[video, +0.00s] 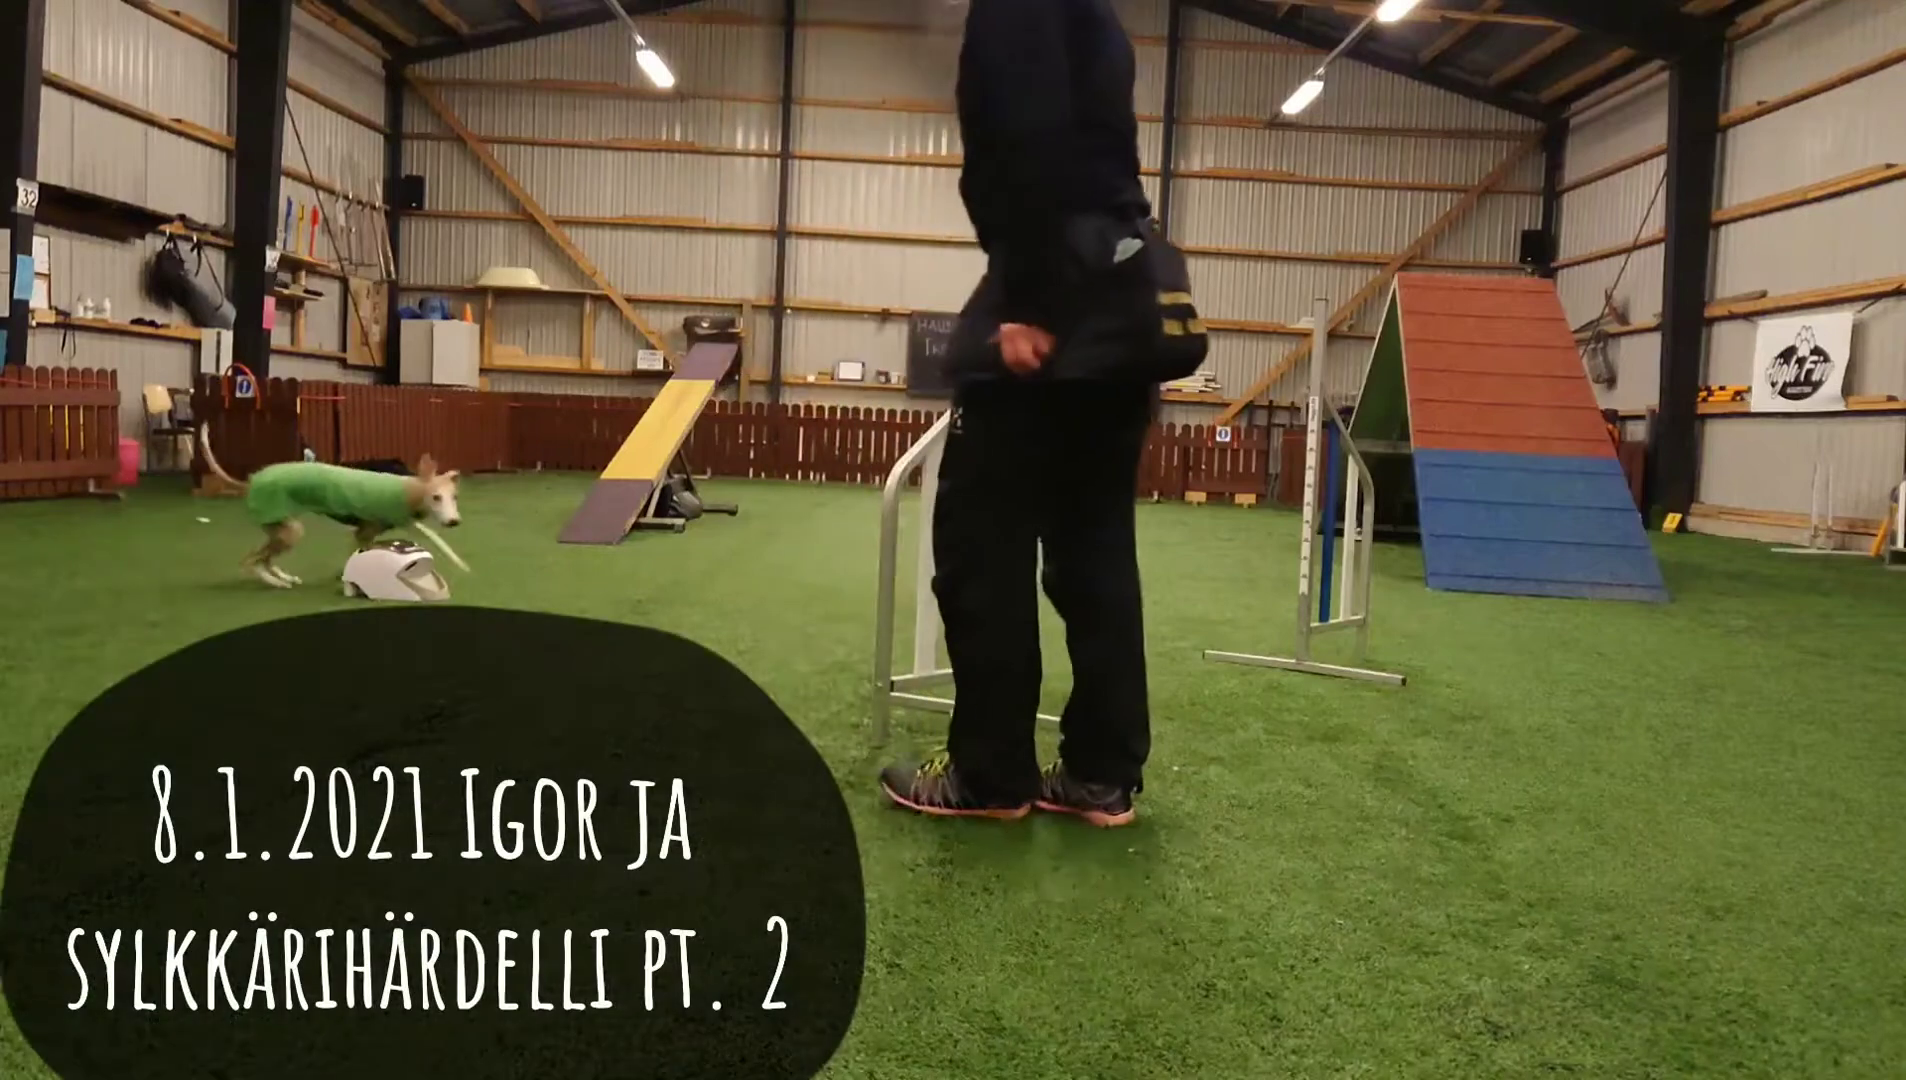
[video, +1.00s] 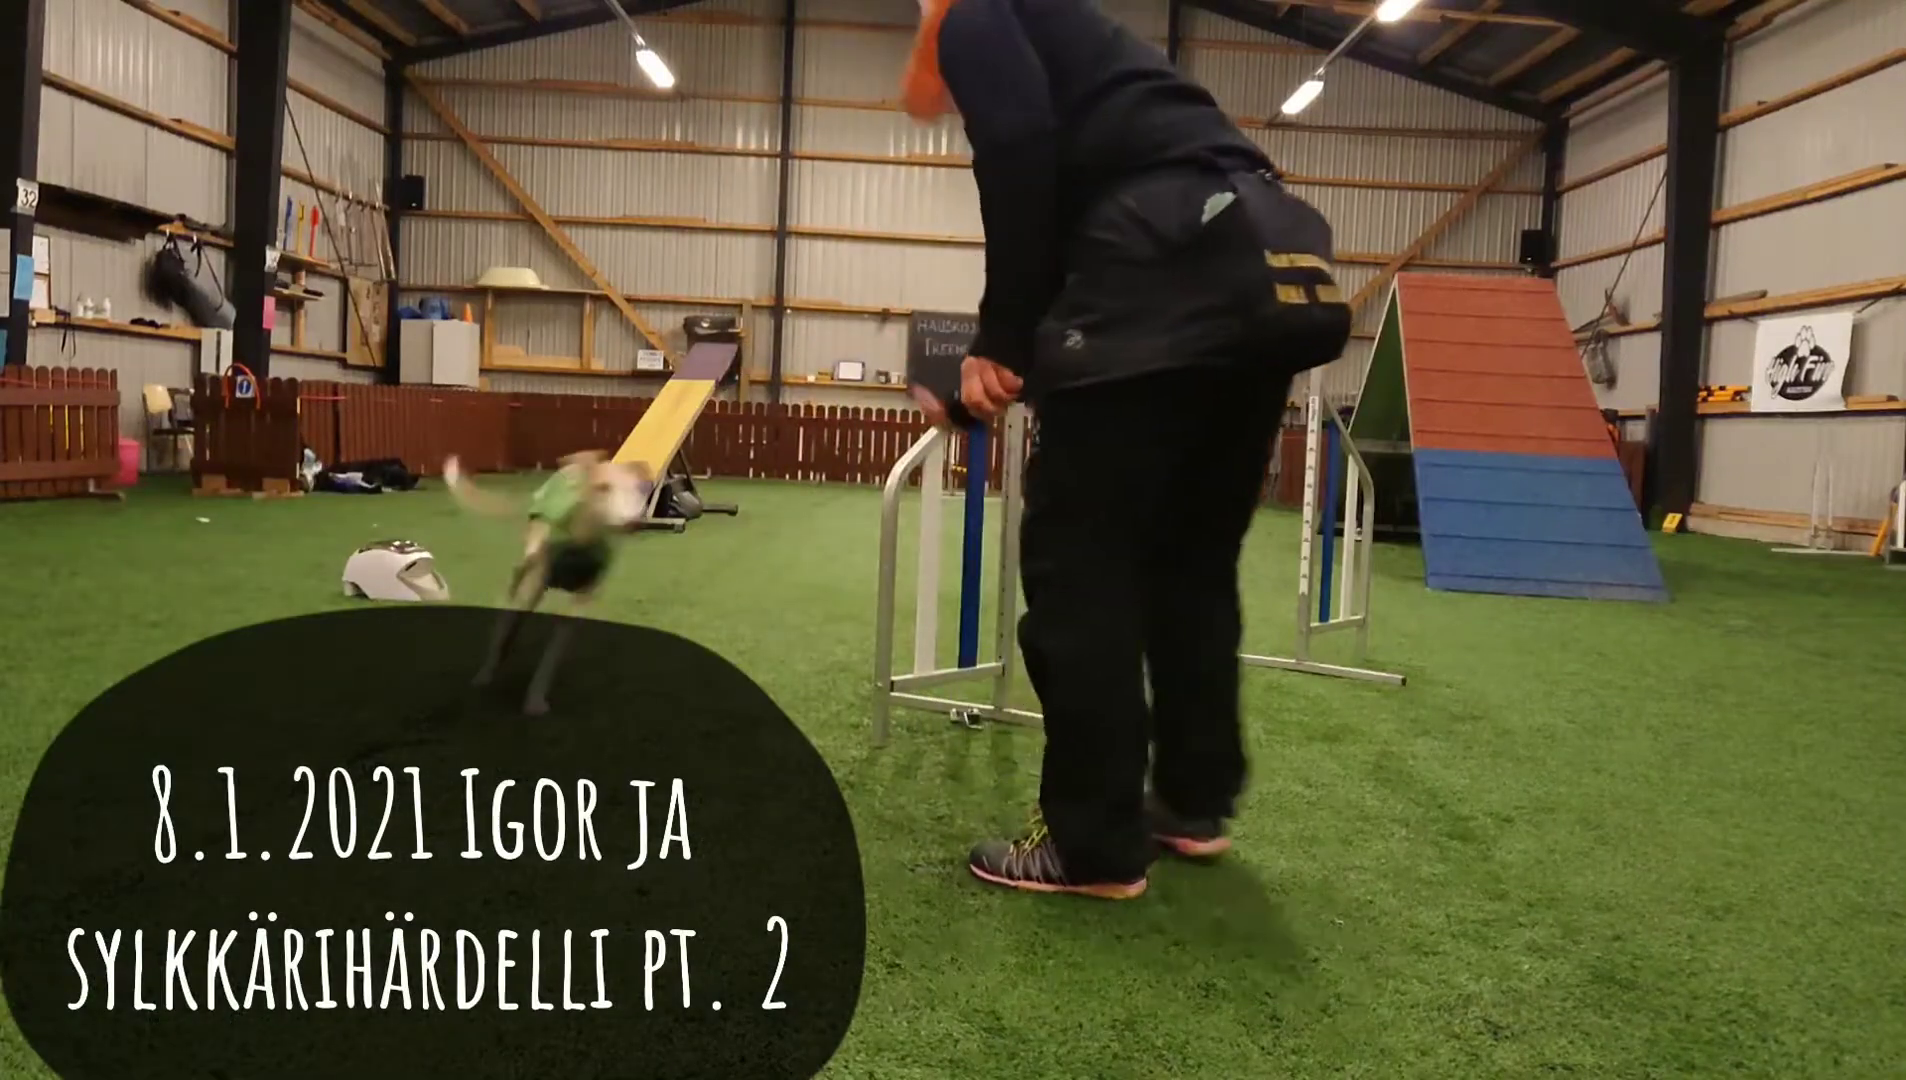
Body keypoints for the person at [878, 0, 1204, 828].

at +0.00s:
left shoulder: (1008, 13)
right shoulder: (1100, 27)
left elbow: (1025, 145)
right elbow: (1101, 164)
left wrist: (1024, 305)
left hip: (1034, 334)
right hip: (1118, 331)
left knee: (978, 552)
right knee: (1096, 553)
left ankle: (990, 774)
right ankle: (1104, 775)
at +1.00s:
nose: (933, 97)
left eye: (931, 58)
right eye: (927, 82)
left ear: (942, 12)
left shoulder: (973, 17)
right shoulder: (1092, 40)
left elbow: (1020, 148)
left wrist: (1002, 339)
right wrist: (980, 374)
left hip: (1146, 302)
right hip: (1260, 291)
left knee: (1075, 569)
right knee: (1194, 557)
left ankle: (1094, 846)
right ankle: (1195, 807)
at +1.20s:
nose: (970, 101)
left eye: (968, 74)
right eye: (964, 81)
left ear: (989, 31)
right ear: (1069, 17)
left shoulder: (1006, 46)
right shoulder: (1146, 70)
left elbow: (1040, 164)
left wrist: (1021, 347)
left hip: (1182, 298)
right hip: (1312, 295)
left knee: (1114, 583)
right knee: (1263, 575)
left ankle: (1099, 846)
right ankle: (1265, 822)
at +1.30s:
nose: (993, 143)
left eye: (990, 109)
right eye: (989, 127)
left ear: (1015, 36)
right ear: (1089, 27)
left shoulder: (1028, 51)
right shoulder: (1166, 81)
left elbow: (1056, 163)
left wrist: (1037, 349)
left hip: (1198, 297)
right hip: (1334, 296)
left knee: (1135, 588)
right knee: (1293, 581)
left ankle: (1104, 847)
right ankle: (1271, 828)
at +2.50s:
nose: (837, 31)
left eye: (839, 23)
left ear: (851, 25)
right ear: (925, 39)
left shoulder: (823, 68)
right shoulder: (962, 104)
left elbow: (775, 204)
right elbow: (963, 227)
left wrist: (729, 338)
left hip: (855, 315)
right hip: (963, 327)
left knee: (839, 522)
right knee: (870, 503)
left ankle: (873, 743)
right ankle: (884, 710)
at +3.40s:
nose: (769, 16)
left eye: (772, 10)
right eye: (770, 13)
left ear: (791, 5)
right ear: (857, 12)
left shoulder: (795, 41)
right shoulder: (880, 78)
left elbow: (769, 170)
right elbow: (869, 208)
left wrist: (709, 282)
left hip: (824, 302)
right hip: (886, 307)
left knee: (819, 494)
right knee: (816, 498)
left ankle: (951, 665)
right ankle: (780, 694)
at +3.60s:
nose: (811, 18)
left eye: (819, 5)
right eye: (814, 9)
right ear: (901, 2)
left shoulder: (868, 44)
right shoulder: (921, 61)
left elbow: (831, 194)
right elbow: (906, 214)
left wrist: (748, 299)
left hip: (875, 324)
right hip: (911, 327)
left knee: (861, 516)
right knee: (822, 522)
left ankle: (1005, 706)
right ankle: (776, 703)